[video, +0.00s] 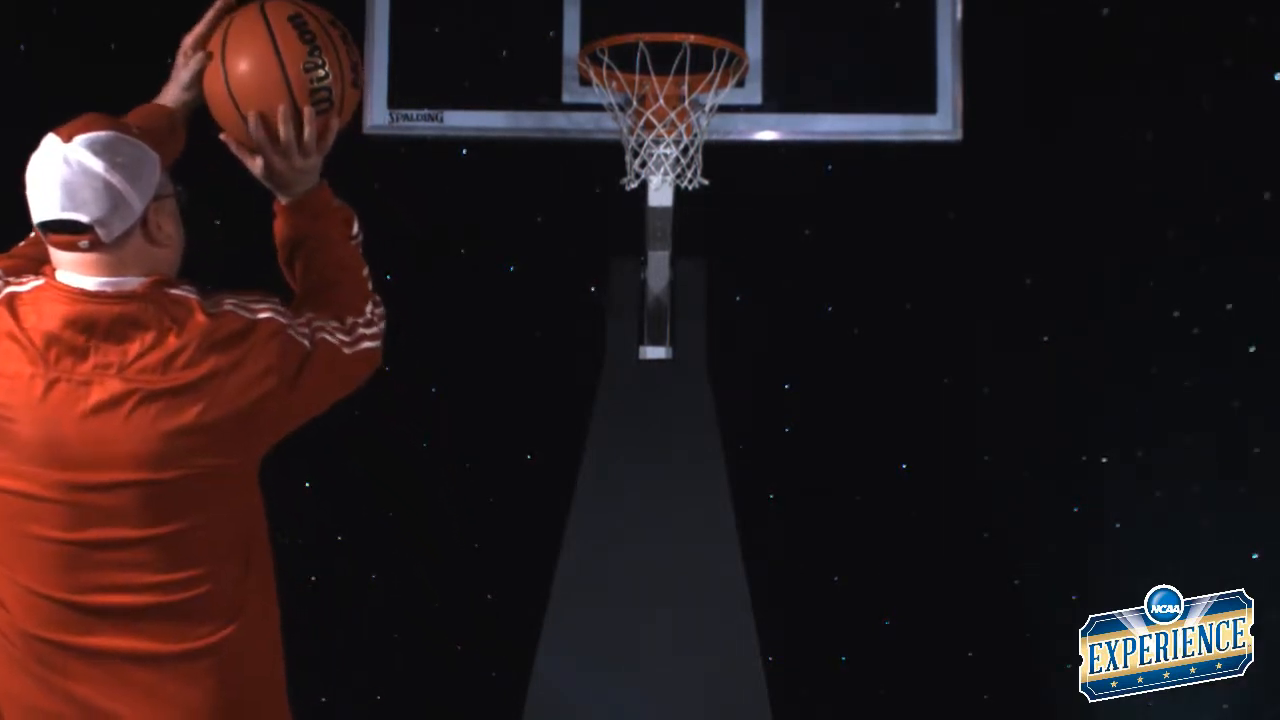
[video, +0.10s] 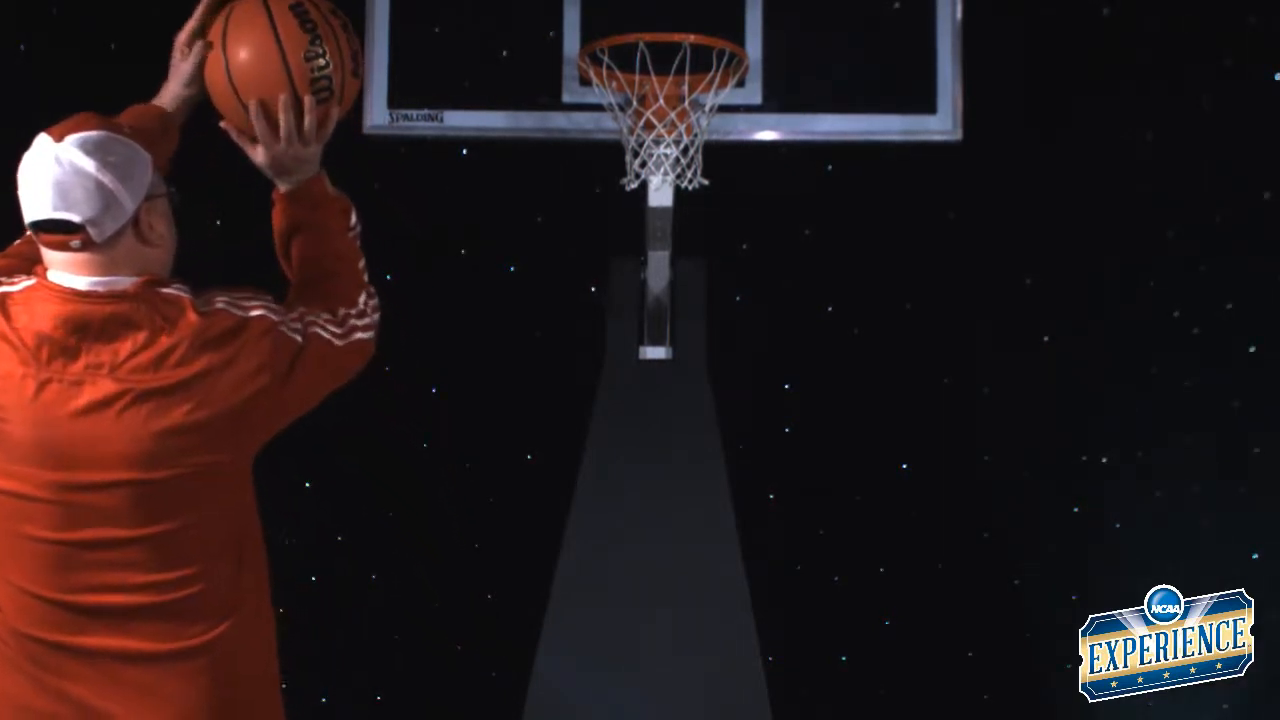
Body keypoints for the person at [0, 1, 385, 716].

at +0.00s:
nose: (176, 210)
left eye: (169, 195)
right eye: (169, 198)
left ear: (50, 224)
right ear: (154, 222)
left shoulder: (3, 325)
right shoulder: (223, 353)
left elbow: (63, 215)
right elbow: (355, 332)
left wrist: (170, 105)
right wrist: (305, 199)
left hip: (33, 698)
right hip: (200, 700)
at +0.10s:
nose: (169, 212)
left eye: (162, 196)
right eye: (161, 199)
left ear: (45, 224)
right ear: (145, 223)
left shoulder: (3, 327)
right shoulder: (216, 352)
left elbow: (60, 214)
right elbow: (345, 325)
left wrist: (168, 103)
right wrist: (305, 190)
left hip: (30, 697)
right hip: (193, 698)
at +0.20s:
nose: (160, 212)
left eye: (153, 198)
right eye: (152, 200)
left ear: (38, 229)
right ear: (134, 226)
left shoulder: (3, 328)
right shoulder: (207, 348)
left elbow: (48, 219)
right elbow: (337, 315)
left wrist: (166, 104)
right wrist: (304, 176)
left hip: (28, 698)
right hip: (188, 699)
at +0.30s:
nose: (152, 214)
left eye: (145, 200)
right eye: (144, 202)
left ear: (30, 233)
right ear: (125, 228)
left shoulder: (1, 329)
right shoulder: (197, 349)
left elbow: (42, 216)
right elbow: (326, 303)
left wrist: (162, 110)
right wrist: (302, 159)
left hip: (24, 698)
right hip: (182, 698)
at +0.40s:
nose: (146, 218)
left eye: (138, 204)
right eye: (138, 205)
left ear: (26, 235)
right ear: (118, 229)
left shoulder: (4, 325)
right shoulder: (181, 349)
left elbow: (47, 208)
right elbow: (312, 291)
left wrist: (159, 115)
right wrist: (301, 143)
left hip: (22, 697)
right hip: (174, 698)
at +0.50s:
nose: (139, 220)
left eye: (132, 207)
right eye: (131, 207)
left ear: (22, 236)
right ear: (108, 232)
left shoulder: (2, 327)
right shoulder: (170, 355)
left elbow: (39, 193)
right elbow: (300, 271)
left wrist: (158, 117)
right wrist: (301, 129)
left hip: (19, 697)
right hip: (166, 699)